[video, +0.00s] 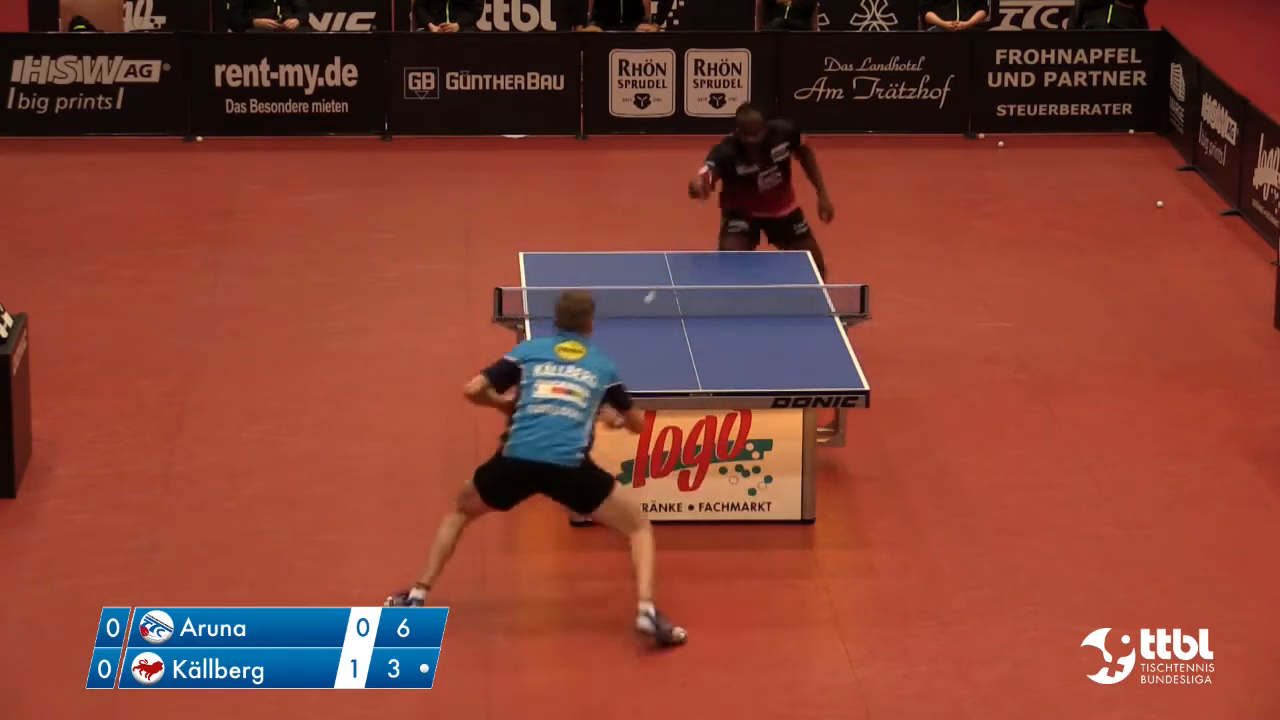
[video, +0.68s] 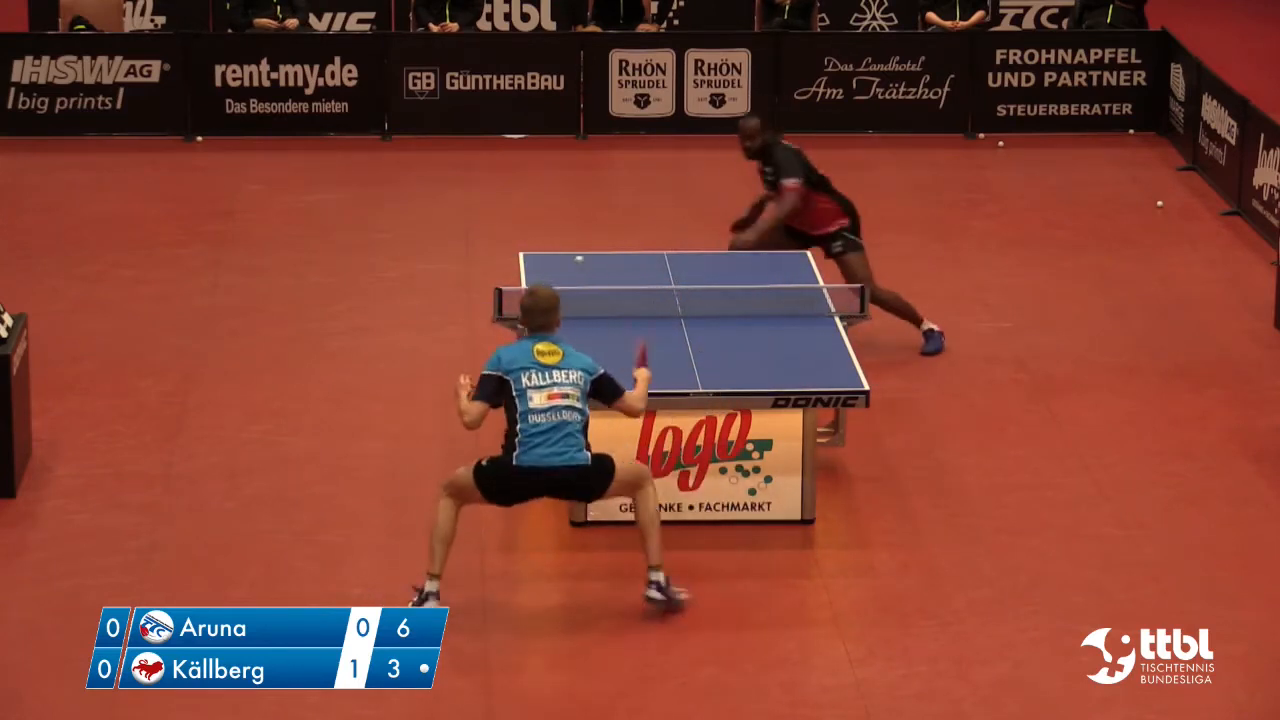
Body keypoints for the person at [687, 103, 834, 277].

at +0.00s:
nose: (750, 138)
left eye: (756, 133)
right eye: (745, 133)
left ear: (765, 128)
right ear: (737, 130)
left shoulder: (783, 134)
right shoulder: (727, 149)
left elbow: (804, 154)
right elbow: (707, 173)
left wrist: (822, 196)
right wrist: (699, 186)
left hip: (784, 215)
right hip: (741, 217)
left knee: (816, 272)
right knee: (728, 269)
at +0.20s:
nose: (764, 135)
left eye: (770, 129)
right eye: (759, 129)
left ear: (782, 125)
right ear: (752, 127)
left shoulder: (804, 143)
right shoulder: (742, 151)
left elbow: (836, 165)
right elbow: (708, 187)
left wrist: (850, 210)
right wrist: (703, 184)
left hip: (805, 222)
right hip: (756, 223)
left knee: (847, 275)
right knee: (724, 270)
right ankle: (714, 332)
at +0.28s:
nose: (772, 132)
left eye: (777, 125)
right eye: (767, 126)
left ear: (789, 124)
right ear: (759, 125)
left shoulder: (815, 142)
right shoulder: (751, 152)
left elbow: (852, 167)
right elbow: (730, 181)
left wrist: (851, 215)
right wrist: (716, 193)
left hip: (818, 216)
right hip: (772, 217)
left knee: (855, 275)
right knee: (735, 262)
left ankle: (877, 324)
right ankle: (730, 326)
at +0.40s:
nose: (778, 120)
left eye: (784, 114)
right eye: (774, 114)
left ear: (796, 111)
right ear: (768, 113)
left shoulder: (821, 131)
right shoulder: (763, 141)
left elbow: (860, 160)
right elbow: (751, 179)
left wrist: (845, 203)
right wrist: (737, 191)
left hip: (832, 205)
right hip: (788, 204)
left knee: (866, 272)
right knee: (748, 252)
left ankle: (894, 313)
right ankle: (747, 319)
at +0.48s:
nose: (782, 125)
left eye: (788, 118)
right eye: (777, 119)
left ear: (799, 116)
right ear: (771, 120)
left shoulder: (826, 137)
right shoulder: (770, 148)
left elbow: (860, 175)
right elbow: (767, 184)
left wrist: (836, 213)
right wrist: (754, 197)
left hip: (842, 212)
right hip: (796, 211)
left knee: (874, 276)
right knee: (749, 259)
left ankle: (919, 326)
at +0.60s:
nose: (770, 142)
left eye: (775, 136)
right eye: (767, 136)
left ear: (790, 133)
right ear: (763, 136)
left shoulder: (812, 154)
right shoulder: (776, 156)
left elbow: (835, 202)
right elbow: (790, 195)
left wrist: (795, 234)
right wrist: (757, 211)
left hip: (844, 222)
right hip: (807, 220)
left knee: (877, 289)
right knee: (753, 255)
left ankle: (928, 329)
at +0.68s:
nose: (745, 144)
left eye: (750, 137)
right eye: (742, 138)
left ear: (766, 134)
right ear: (742, 138)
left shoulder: (785, 156)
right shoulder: (765, 158)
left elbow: (790, 201)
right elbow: (772, 193)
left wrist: (754, 234)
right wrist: (749, 218)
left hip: (834, 226)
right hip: (799, 225)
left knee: (867, 291)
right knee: (743, 247)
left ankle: (926, 328)